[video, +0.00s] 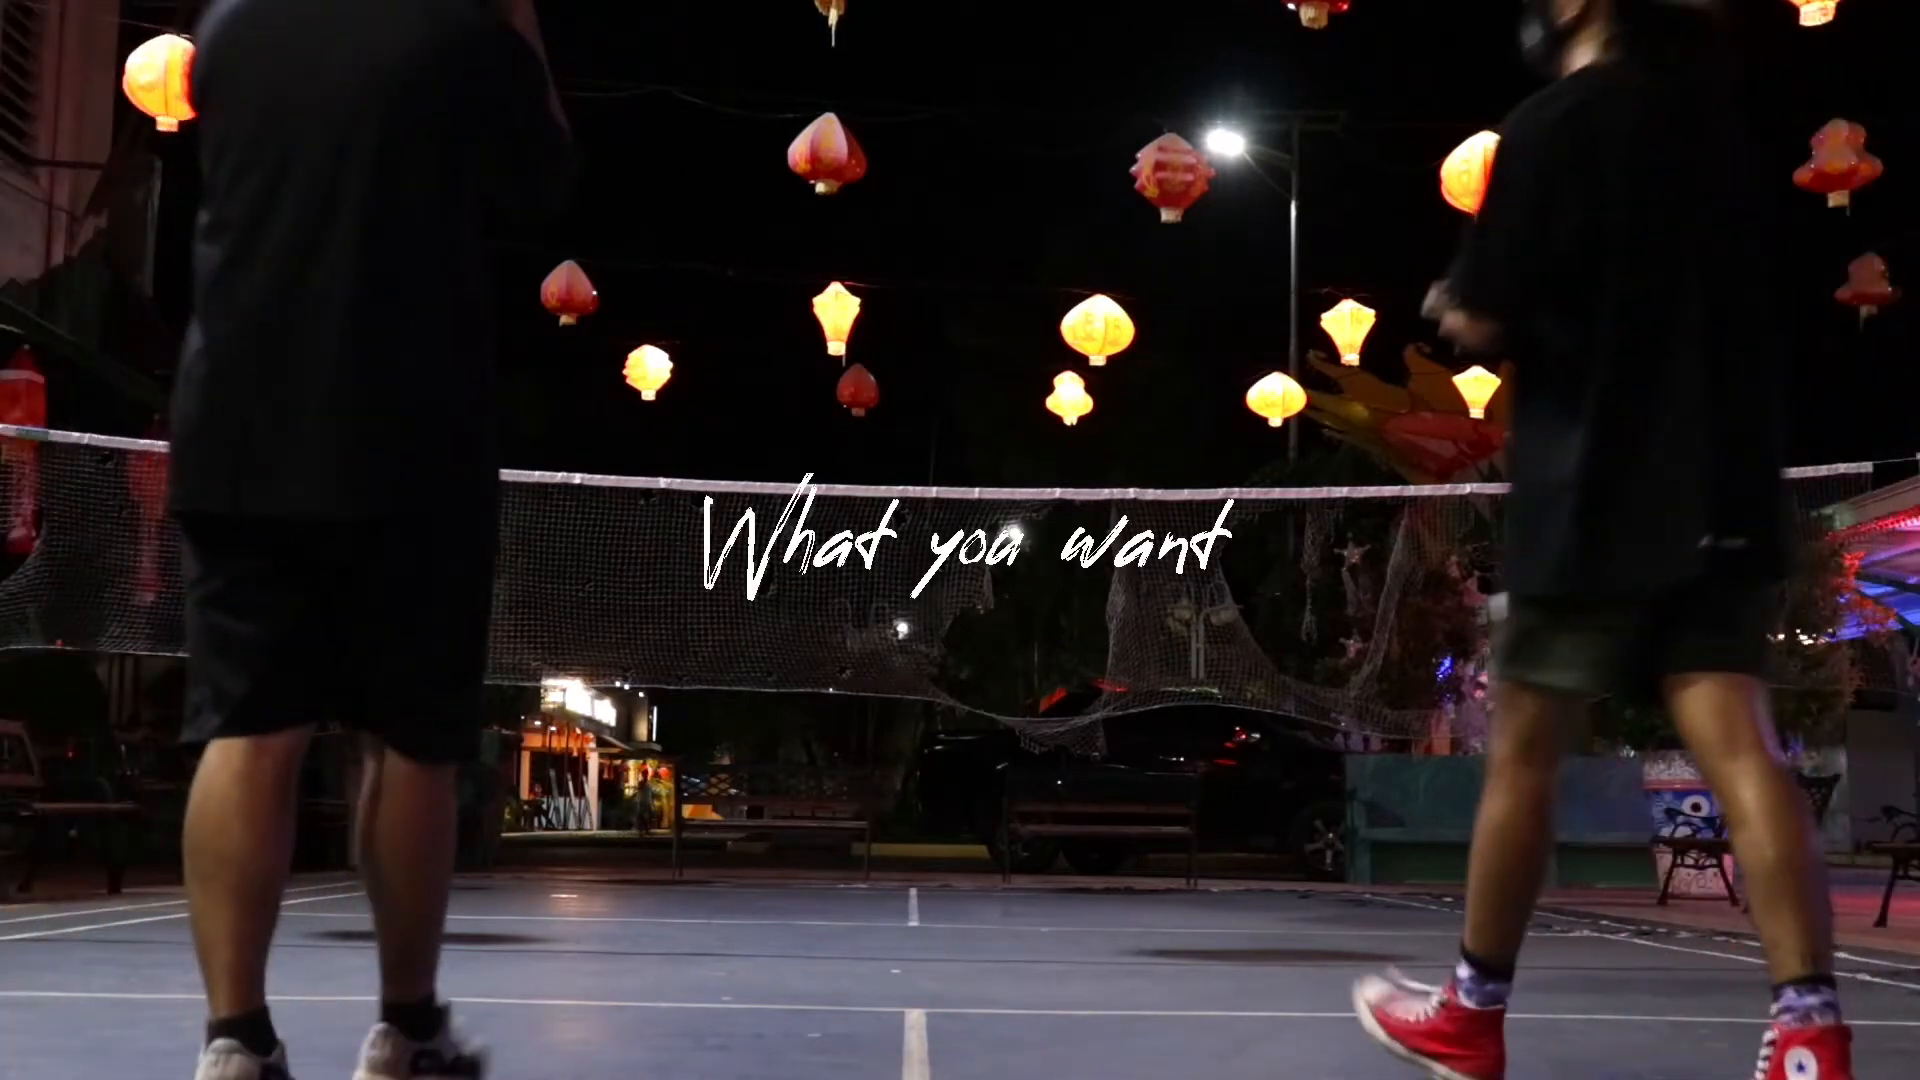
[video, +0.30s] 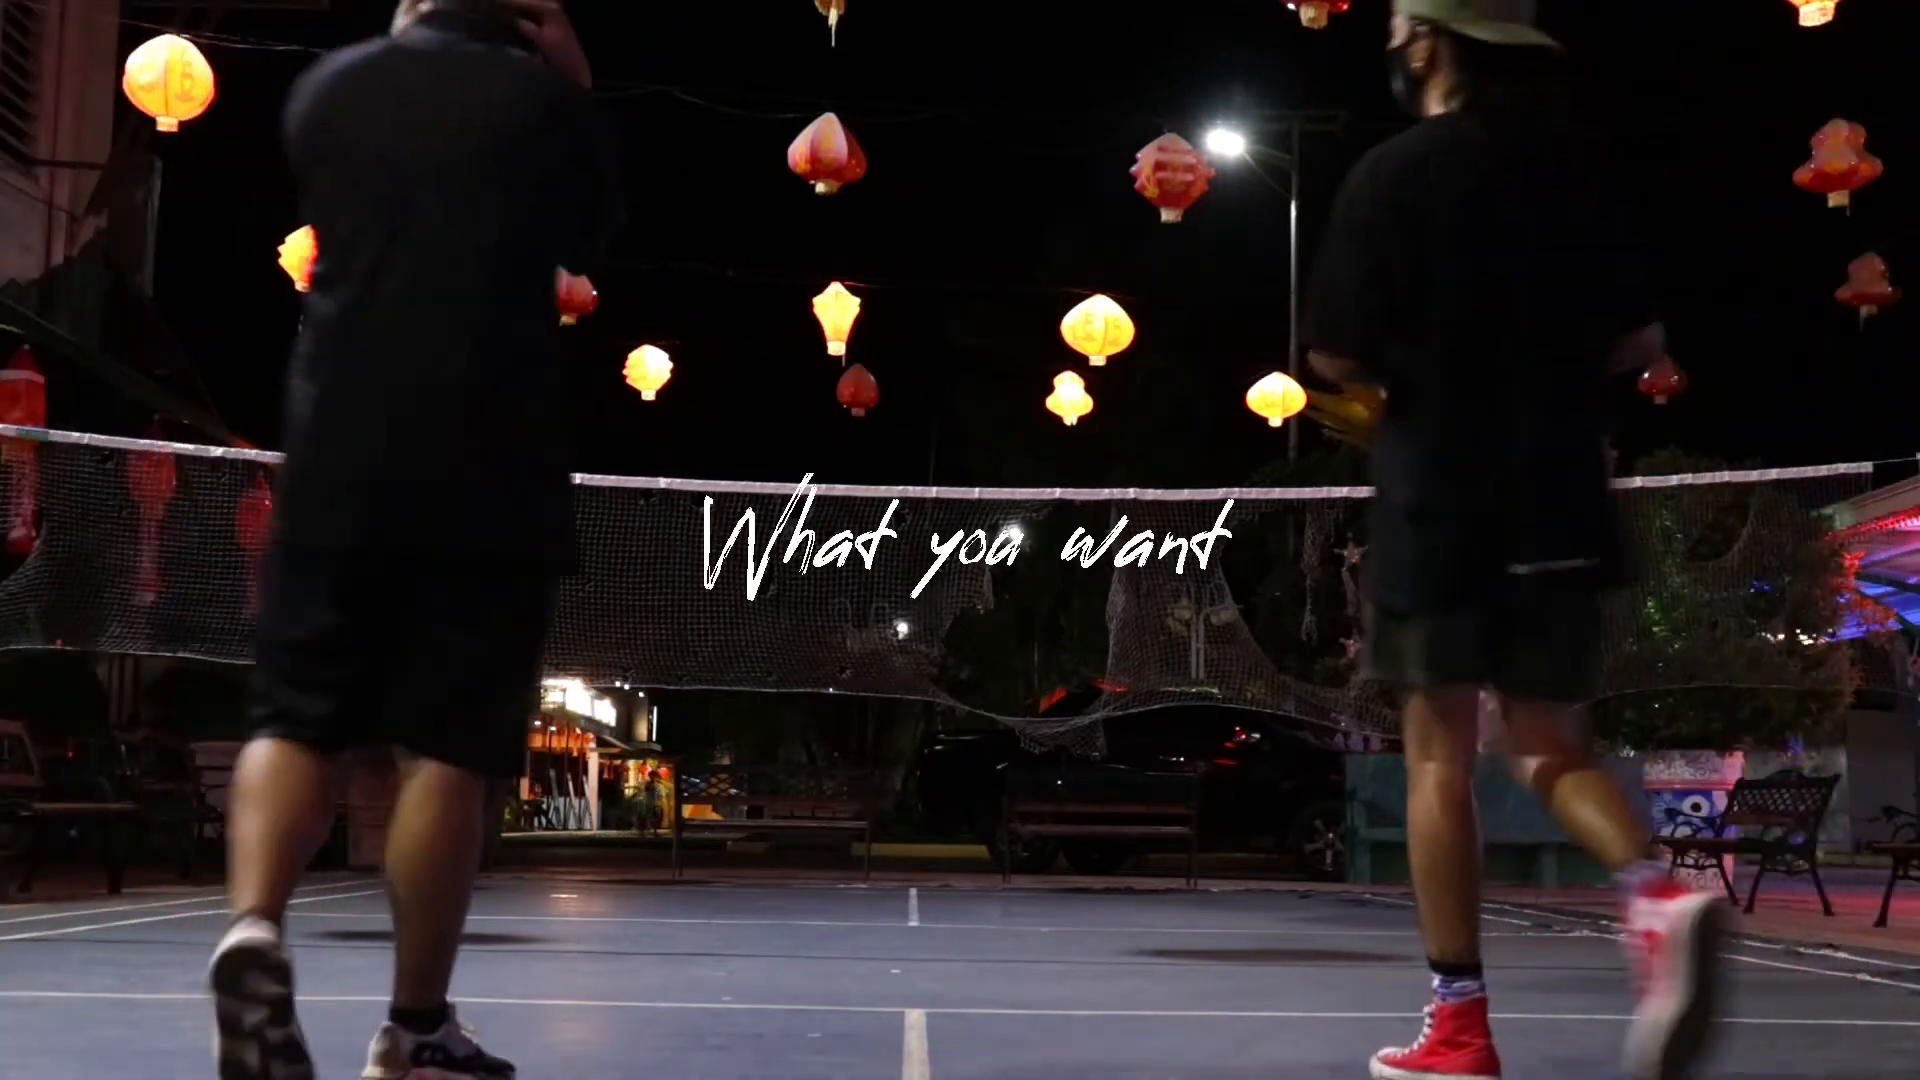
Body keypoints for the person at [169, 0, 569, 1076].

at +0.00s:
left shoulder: (235, 24)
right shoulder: (466, 31)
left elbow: (196, 230)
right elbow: (540, 207)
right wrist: (522, 36)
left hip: (238, 428)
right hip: (417, 439)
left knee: (247, 722)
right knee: (415, 734)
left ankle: (234, 1037)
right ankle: (407, 1027)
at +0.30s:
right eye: (538, 14)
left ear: (412, 9)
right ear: (518, 14)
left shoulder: (327, 93)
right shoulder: (545, 104)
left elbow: (365, 207)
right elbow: (589, 240)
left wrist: (408, 42)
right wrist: (574, 76)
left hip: (337, 466)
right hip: (492, 473)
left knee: (294, 714)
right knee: (453, 745)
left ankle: (252, 926)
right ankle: (415, 1024)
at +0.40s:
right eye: (546, 26)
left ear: (425, 19)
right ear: (533, 27)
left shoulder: (347, 103)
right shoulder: (566, 115)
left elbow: (379, 208)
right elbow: (605, 241)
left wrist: (415, 54)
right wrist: (587, 88)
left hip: (362, 463)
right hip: (515, 472)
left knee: (328, 708)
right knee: (462, 746)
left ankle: (283, 926)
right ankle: (417, 1024)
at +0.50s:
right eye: (574, 49)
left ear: (448, 52)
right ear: (563, 61)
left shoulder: (378, 120)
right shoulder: (594, 131)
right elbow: (624, 253)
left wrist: (429, 66)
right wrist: (609, 100)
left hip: (393, 477)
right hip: (532, 484)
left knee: (382, 731)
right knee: (472, 757)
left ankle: (349, 984)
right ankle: (417, 1028)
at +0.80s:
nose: (636, 105)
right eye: (633, 98)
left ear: (522, 97)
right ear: (619, 106)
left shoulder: (443, 177)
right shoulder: (637, 167)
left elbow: (452, 299)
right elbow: (707, 293)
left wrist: (514, 135)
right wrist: (672, 147)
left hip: (464, 504)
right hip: (587, 507)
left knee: (503, 757)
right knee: (520, 760)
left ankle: (538, 1005)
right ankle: (420, 1018)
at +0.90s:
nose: (677, 135)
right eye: (676, 125)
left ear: (563, 107)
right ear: (657, 121)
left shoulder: (482, 191)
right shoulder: (655, 177)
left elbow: (497, 327)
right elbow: (746, 289)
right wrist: (709, 158)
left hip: (497, 510)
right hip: (622, 512)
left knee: (525, 750)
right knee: (623, 758)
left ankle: (543, 1001)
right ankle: (471, 960)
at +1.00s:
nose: (712, 153)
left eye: (712, 137)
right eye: (711, 138)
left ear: (602, 111)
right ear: (687, 125)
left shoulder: (514, 190)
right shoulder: (668, 180)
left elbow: (514, 353)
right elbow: (776, 300)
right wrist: (741, 171)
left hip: (520, 511)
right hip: (641, 511)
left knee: (546, 743)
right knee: (690, 738)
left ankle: (536, 1017)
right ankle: (540, 918)